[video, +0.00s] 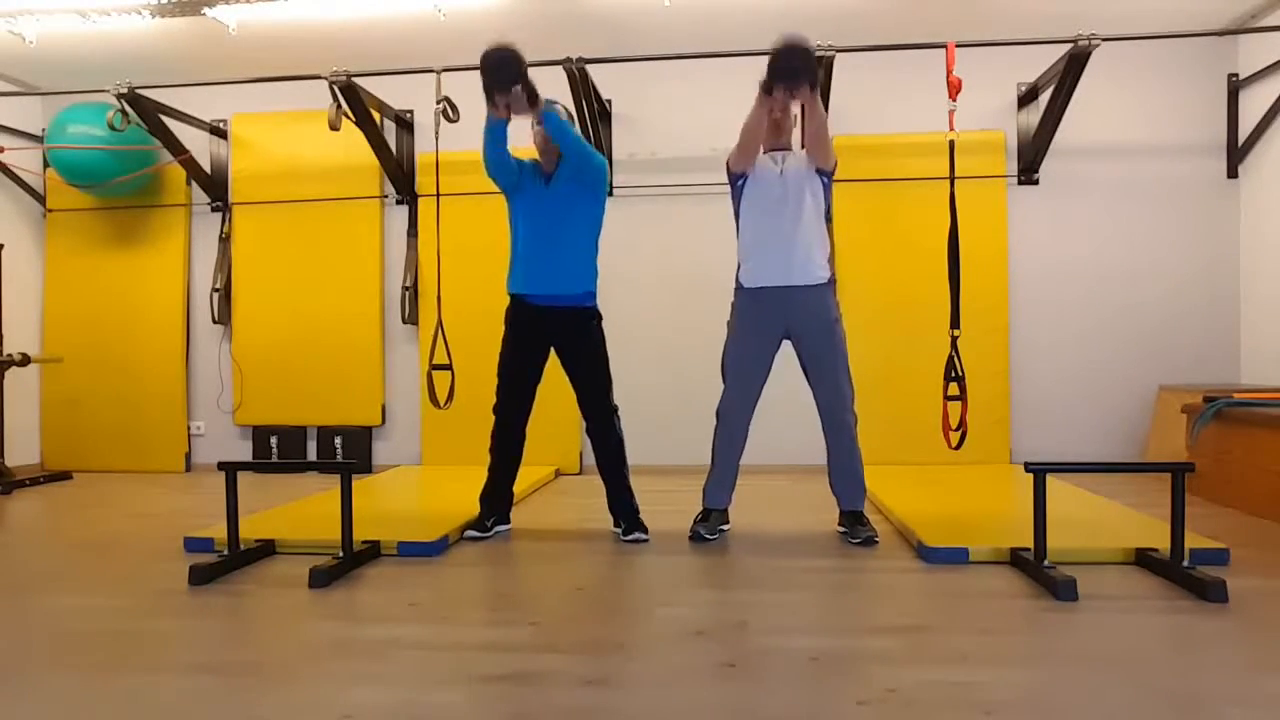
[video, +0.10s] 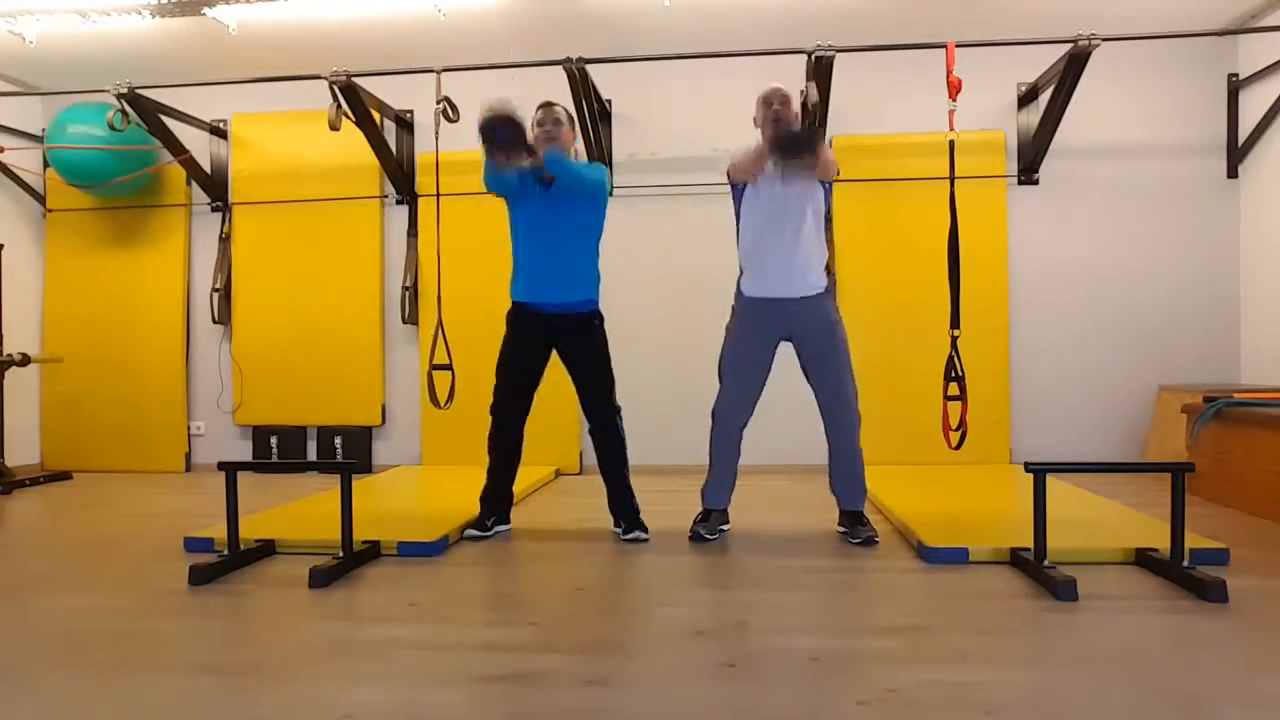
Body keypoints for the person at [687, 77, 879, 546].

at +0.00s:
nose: (780, 114)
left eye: (787, 109)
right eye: (775, 105)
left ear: (802, 114)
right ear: (761, 109)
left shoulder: (816, 161)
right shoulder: (742, 165)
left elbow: (820, 150)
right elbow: (747, 149)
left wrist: (810, 94)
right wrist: (763, 100)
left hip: (814, 299)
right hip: (756, 301)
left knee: (838, 408)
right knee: (735, 406)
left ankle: (852, 512)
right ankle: (714, 509)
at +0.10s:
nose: (778, 108)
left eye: (785, 102)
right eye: (769, 103)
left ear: (799, 115)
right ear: (756, 117)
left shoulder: (818, 159)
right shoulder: (743, 163)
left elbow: (826, 168)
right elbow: (745, 170)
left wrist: (804, 140)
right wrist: (767, 137)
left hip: (814, 305)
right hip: (755, 307)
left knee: (842, 410)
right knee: (729, 411)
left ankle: (852, 512)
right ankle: (714, 510)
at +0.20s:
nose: (779, 112)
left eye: (786, 107)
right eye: (769, 108)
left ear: (798, 122)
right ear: (757, 125)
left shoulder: (822, 169)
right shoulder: (742, 175)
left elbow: (823, 201)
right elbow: (748, 204)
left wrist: (804, 232)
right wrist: (771, 231)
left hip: (814, 316)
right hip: (755, 317)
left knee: (848, 411)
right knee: (722, 411)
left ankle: (852, 513)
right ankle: (714, 510)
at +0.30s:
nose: (780, 133)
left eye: (788, 127)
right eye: (772, 127)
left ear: (799, 141)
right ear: (758, 143)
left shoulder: (822, 193)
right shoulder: (743, 199)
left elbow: (822, 257)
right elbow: (750, 263)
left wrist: (809, 313)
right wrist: (767, 318)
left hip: (814, 322)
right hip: (755, 323)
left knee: (853, 405)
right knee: (717, 411)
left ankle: (852, 512)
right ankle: (714, 510)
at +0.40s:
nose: (785, 160)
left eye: (792, 154)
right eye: (776, 154)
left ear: (804, 171)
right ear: (761, 171)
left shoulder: (828, 226)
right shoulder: (743, 231)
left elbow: (823, 303)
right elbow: (750, 306)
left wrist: (807, 365)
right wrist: (764, 367)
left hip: (815, 337)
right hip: (753, 337)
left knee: (859, 405)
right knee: (710, 407)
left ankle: (854, 511)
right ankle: (713, 510)